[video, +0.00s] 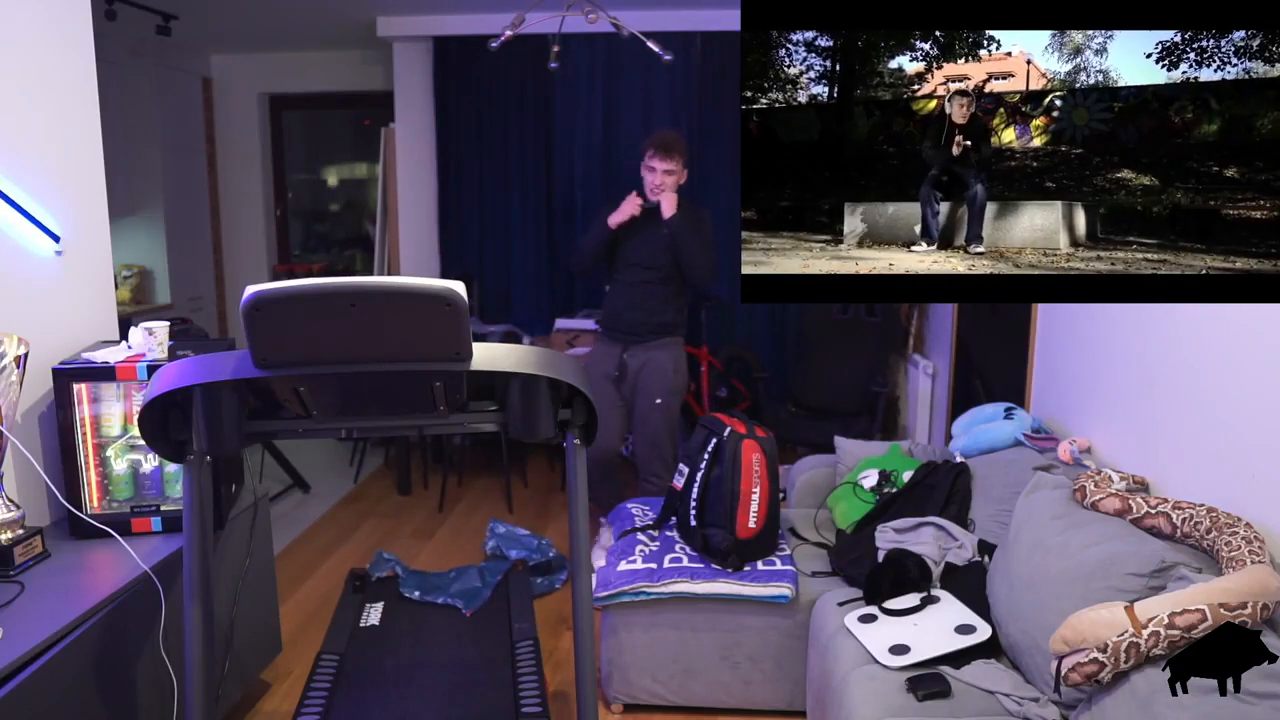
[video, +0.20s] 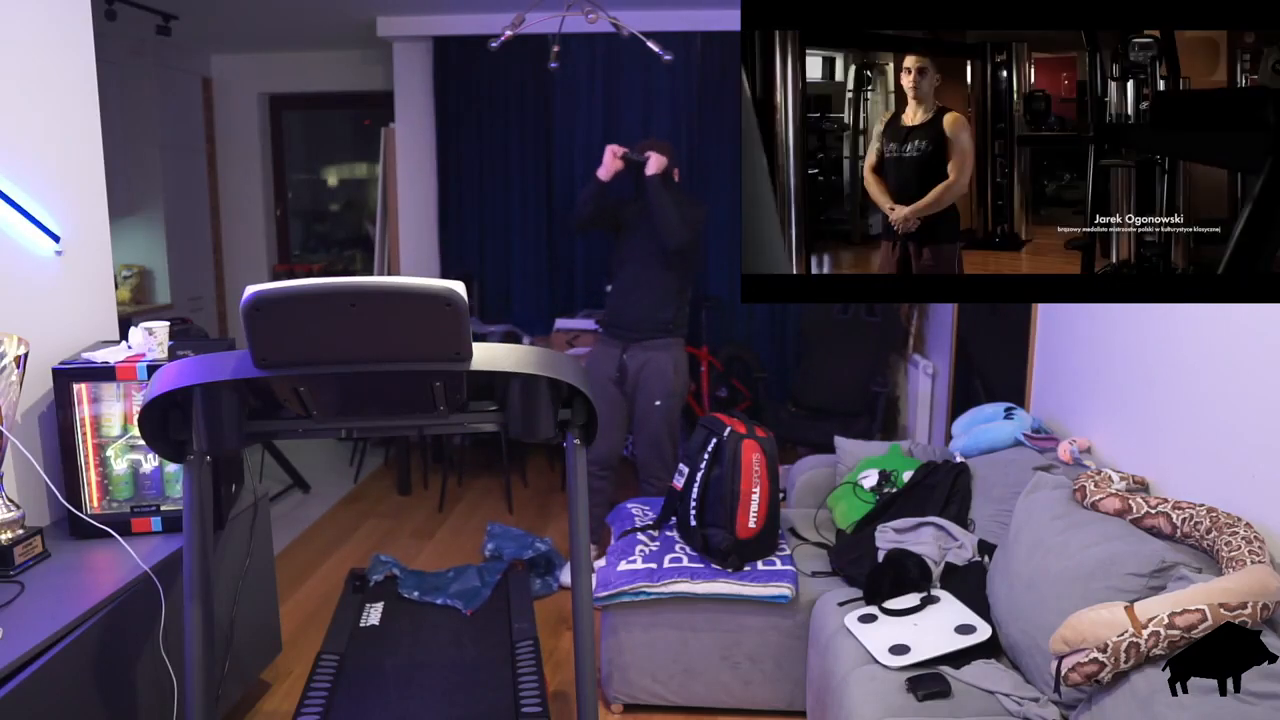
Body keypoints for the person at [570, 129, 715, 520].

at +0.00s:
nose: (657, 180)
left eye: (667, 172)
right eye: (651, 171)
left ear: (682, 176)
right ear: (641, 171)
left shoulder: (691, 219)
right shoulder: (623, 212)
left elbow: (700, 276)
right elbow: (583, 262)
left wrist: (672, 219)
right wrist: (613, 220)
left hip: (660, 348)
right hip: (609, 345)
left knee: (654, 451)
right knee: (599, 446)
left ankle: (654, 538)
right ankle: (606, 527)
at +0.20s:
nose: (643, 173)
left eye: (653, 165)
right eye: (639, 165)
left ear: (673, 173)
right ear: (631, 173)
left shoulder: (685, 205)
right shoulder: (624, 203)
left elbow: (676, 237)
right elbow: (582, 221)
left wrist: (654, 181)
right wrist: (603, 178)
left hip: (660, 350)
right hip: (610, 348)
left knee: (654, 454)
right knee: (599, 453)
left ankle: (658, 549)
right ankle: (592, 545)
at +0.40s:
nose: (634, 166)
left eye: (641, 160)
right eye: (632, 163)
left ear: (659, 162)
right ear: (628, 168)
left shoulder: (682, 207)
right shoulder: (619, 201)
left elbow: (674, 205)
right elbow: (570, 189)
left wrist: (644, 150)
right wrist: (591, 141)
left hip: (660, 348)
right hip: (610, 345)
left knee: (655, 454)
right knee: (595, 449)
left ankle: (661, 545)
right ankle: (593, 541)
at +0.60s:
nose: (625, 175)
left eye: (633, 166)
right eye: (621, 169)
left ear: (651, 167)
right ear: (612, 168)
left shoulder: (673, 198)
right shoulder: (602, 194)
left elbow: (668, 171)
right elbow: (558, 172)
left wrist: (627, 129)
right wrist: (590, 126)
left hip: (656, 347)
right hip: (604, 344)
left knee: (655, 458)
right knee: (594, 454)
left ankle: (657, 543)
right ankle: (585, 543)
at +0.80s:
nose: (612, 160)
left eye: (620, 150)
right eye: (604, 150)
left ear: (635, 152)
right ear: (596, 153)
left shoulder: (656, 195)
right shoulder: (587, 192)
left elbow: (656, 161)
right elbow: (539, 177)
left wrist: (623, 115)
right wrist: (590, 161)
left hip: (645, 347)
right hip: (592, 345)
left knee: (650, 461)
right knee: (586, 459)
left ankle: (652, 559)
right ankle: (581, 551)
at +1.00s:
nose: (616, 132)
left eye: (616, 127)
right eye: (609, 126)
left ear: (621, 137)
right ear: (596, 132)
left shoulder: (637, 192)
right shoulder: (571, 190)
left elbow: (618, 151)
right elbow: (544, 160)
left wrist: (593, 106)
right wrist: (579, 120)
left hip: (630, 341)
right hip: (580, 339)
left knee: (639, 452)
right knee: (580, 451)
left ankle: (651, 547)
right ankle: (581, 547)